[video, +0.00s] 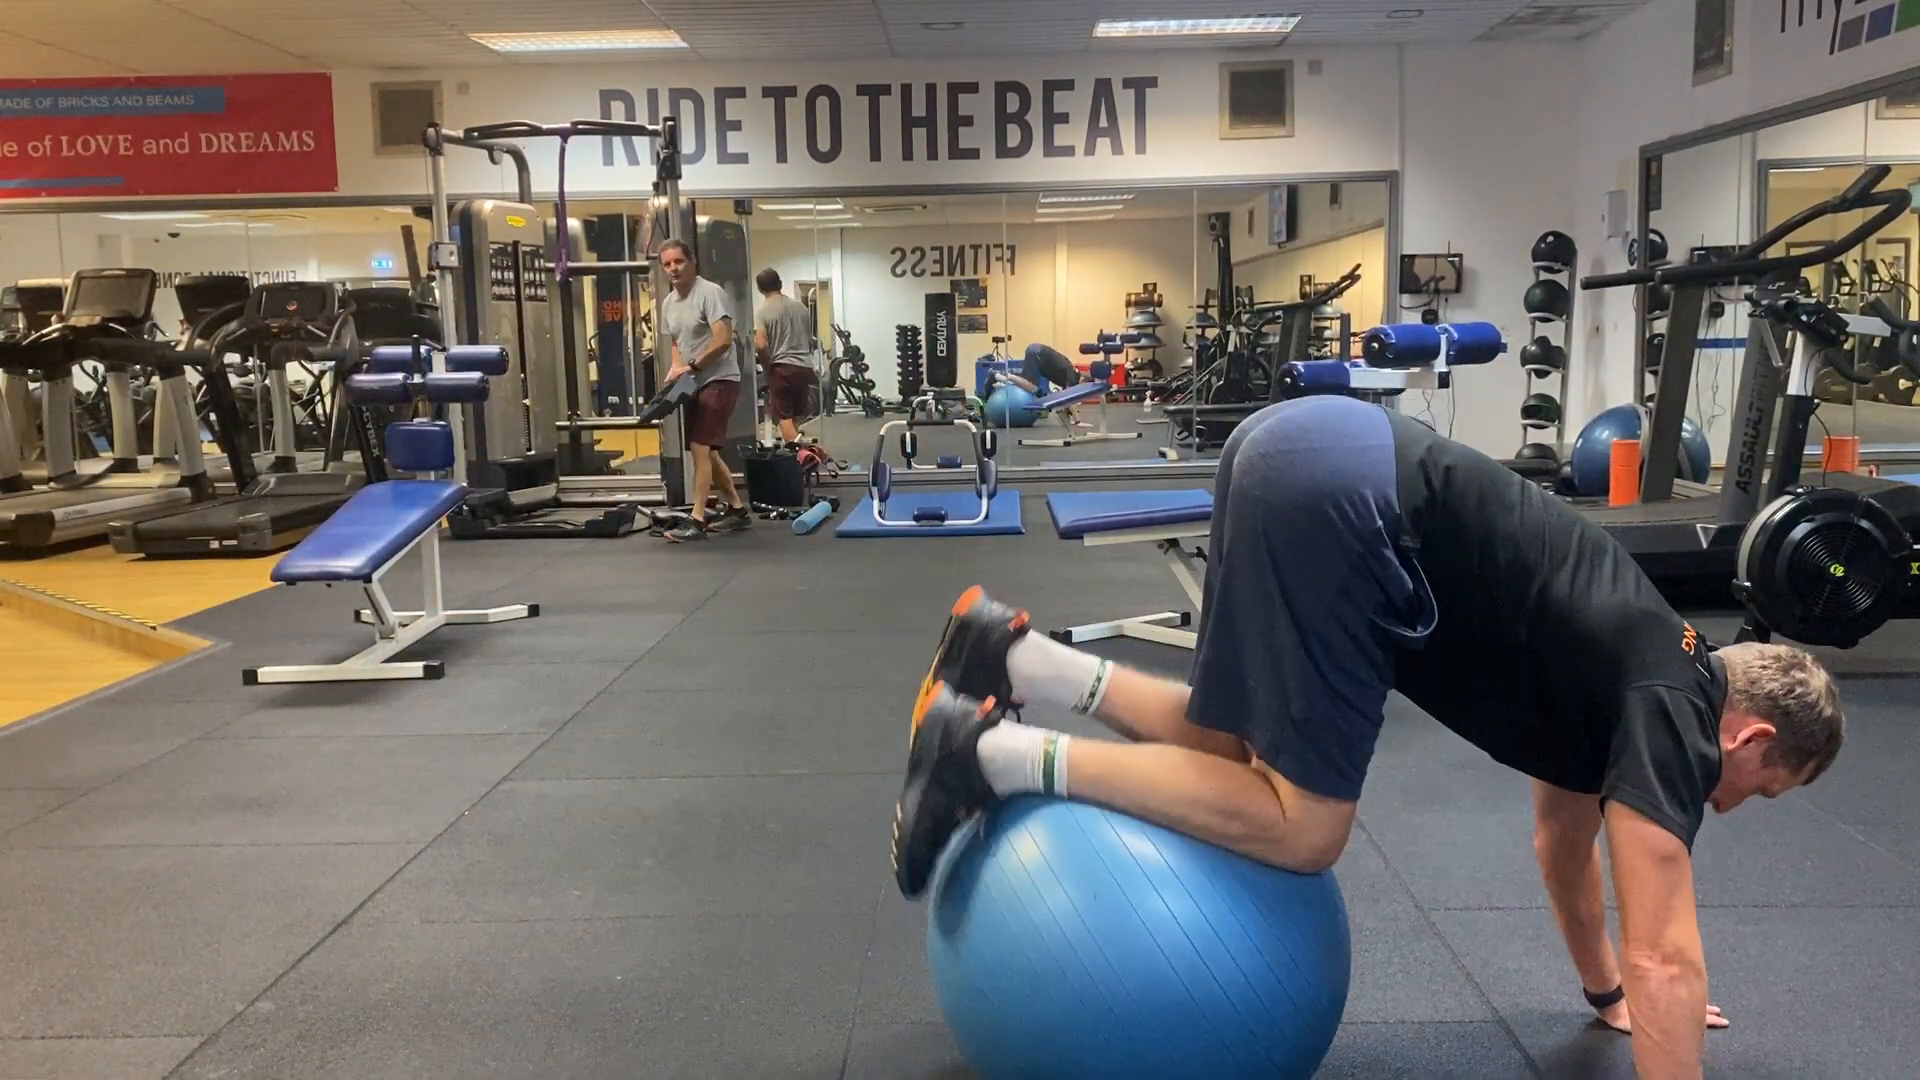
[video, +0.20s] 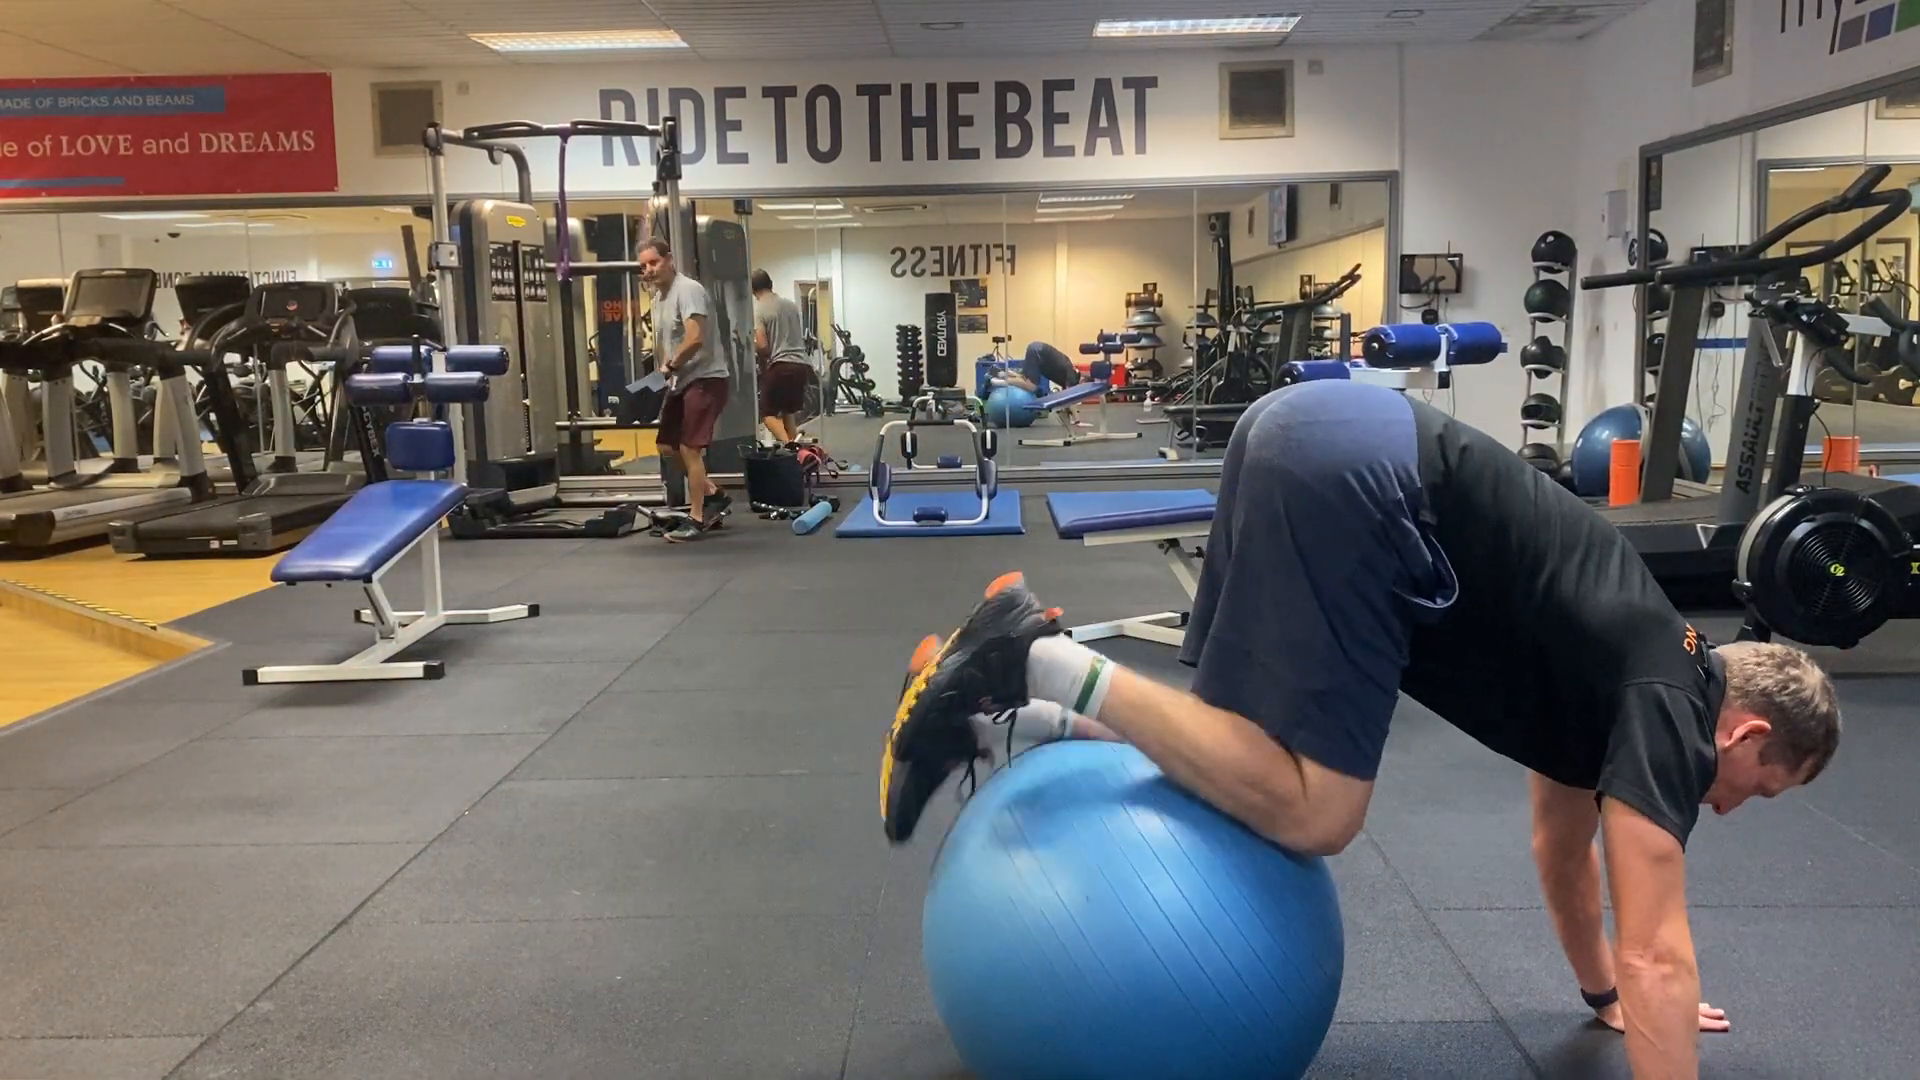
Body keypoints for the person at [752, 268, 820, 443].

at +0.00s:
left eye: (761, 287)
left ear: (760, 289)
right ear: (780, 284)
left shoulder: (762, 312)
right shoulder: (801, 307)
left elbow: (761, 345)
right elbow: (810, 341)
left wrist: (767, 366)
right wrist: (800, 354)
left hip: (781, 369)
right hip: (805, 369)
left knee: (785, 418)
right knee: (795, 417)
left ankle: (799, 457)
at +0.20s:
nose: (752, 294)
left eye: (752, 290)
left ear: (753, 290)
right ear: (771, 285)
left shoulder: (760, 309)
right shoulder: (792, 305)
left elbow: (762, 344)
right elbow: (798, 335)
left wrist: (763, 358)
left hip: (779, 366)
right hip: (801, 366)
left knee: (768, 414)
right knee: (789, 413)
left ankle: (789, 444)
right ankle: (795, 449)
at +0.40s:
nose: (745, 299)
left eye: (744, 294)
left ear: (748, 290)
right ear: (756, 286)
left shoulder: (758, 307)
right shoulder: (778, 303)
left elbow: (763, 345)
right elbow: (786, 336)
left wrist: (752, 359)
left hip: (779, 363)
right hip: (797, 361)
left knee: (762, 414)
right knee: (786, 412)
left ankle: (765, 456)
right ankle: (790, 455)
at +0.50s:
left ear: (741, 295)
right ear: (751, 289)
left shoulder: (754, 308)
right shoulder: (770, 304)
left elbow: (762, 348)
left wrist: (747, 360)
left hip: (777, 365)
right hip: (792, 363)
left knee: (759, 414)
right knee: (781, 413)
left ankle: (759, 455)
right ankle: (788, 453)